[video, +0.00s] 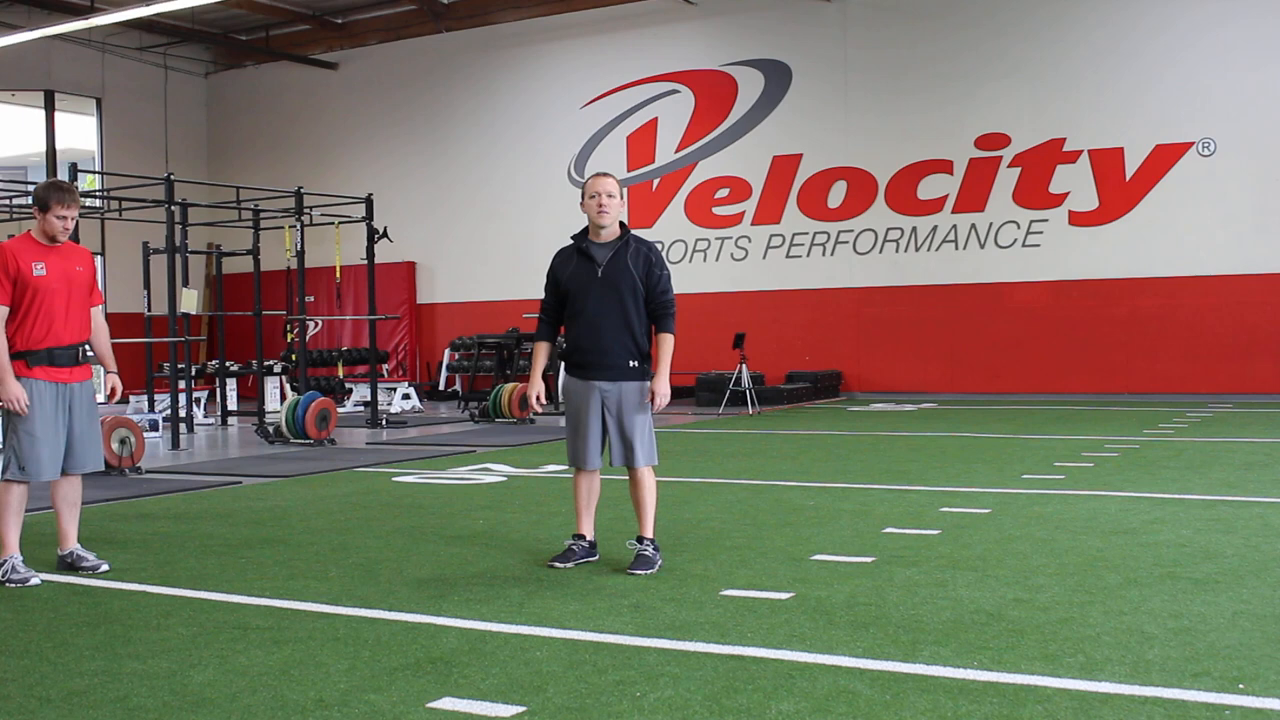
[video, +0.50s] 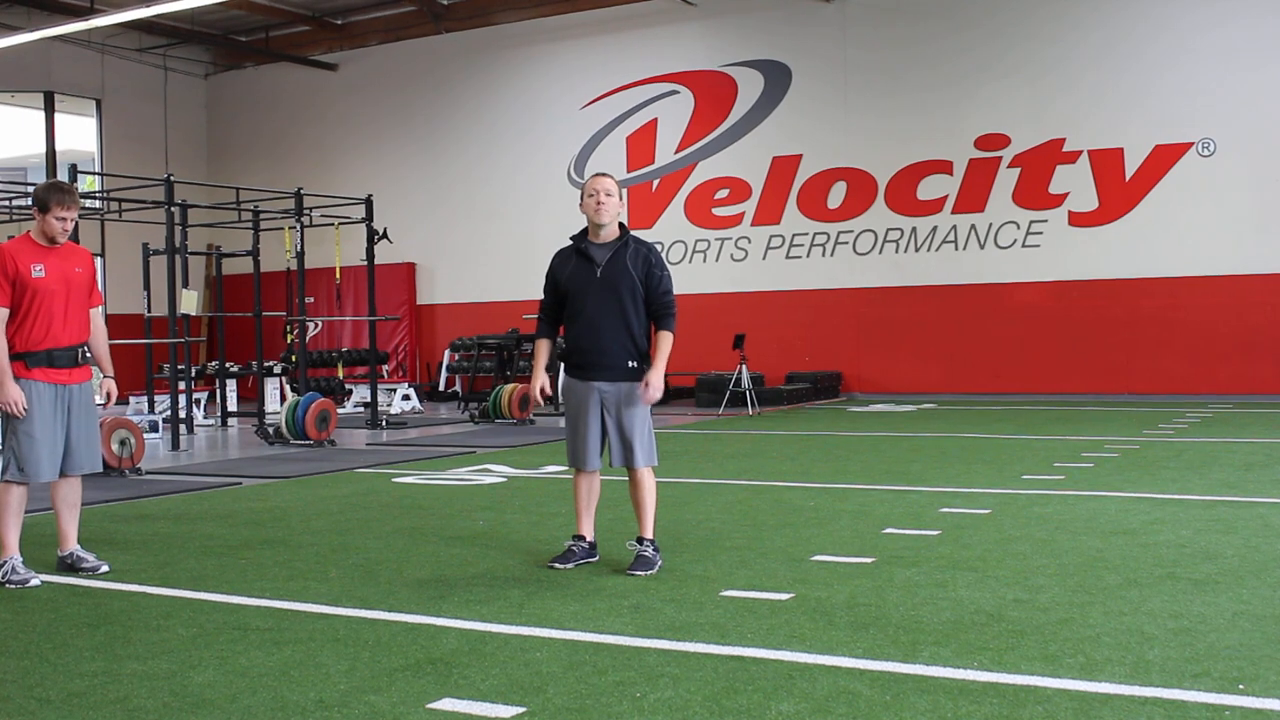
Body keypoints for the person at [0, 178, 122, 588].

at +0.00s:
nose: (68, 225)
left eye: (73, 217)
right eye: (60, 218)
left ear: (77, 214)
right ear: (39, 214)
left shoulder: (84, 257)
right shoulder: (12, 253)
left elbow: (96, 319)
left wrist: (111, 368)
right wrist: (7, 378)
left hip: (76, 377)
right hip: (29, 378)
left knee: (71, 465)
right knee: (19, 471)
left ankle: (69, 550)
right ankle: (10, 558)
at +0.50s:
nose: (67, 227)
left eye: (72, 219)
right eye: (60, 219)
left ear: (76, 216)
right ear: (38, 214)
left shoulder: (83, 258)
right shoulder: (11, 254)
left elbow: (94, 322)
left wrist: (108, 372)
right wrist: (6, 381)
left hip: (76, 377)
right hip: (29, 379)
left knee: (71, 466)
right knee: (18, 472)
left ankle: (69, 551)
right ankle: (10, 559)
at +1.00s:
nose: (66, 226)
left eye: (71, 219)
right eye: (59, 219)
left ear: (76, 216)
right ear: (37, 214)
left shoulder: (83, 258)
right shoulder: (11, 255)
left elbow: (94, 321)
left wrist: (108, 371)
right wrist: (6, 382)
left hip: (76, 377)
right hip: (29, 378)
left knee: (72, 466)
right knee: (18, 472)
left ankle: (69, 550)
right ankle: (10, 559)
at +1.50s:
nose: (66, 227)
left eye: (71, 220)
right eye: (59, 220)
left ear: (75, 216)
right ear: (37, 215)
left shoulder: (82, 258)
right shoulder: (10, 255)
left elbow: (93, 320)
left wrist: (107, 371)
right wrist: (5, 382)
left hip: (76, 377)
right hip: (28, 379)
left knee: (71, 466)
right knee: (18, 472)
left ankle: (69, 550)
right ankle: (9, 559)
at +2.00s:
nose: (65, 218)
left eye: (69, 211)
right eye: (56, 211)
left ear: (72, 213)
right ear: (33, 212)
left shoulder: (83, 257)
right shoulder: (10, 254)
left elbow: (95, 321)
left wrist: (109, 371)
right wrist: (5, 381)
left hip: (76, 376)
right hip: (28, 378)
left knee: (71, 466)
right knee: (18, 472)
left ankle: (69, 550)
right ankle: (10, 559)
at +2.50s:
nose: (64, 213)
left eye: (67, 206)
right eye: (54, 206)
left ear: (70, 210)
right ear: (32, 211)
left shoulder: (84, 257)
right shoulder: (10, 255)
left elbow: (96, 318)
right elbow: (0, 325)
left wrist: (111, 369)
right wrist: (6, 380)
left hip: (76, 377)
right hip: (29, 378)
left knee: (71, 466)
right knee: (19, 473)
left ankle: (69, 551)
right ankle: (10, 559)